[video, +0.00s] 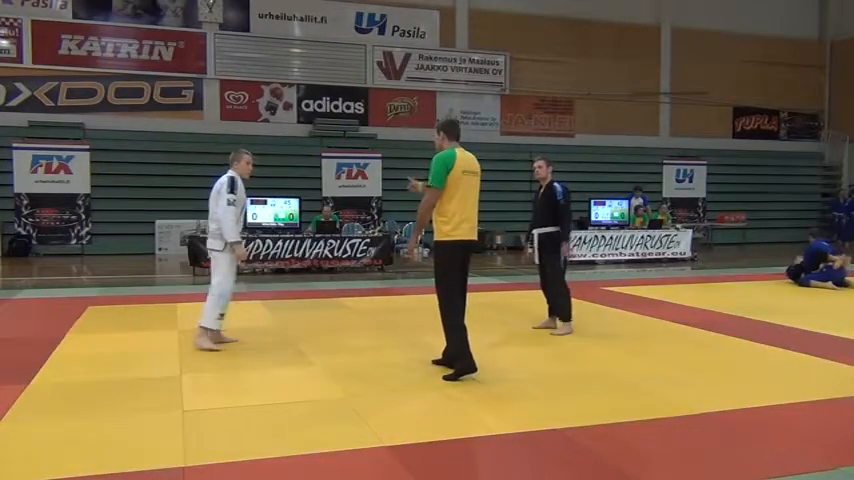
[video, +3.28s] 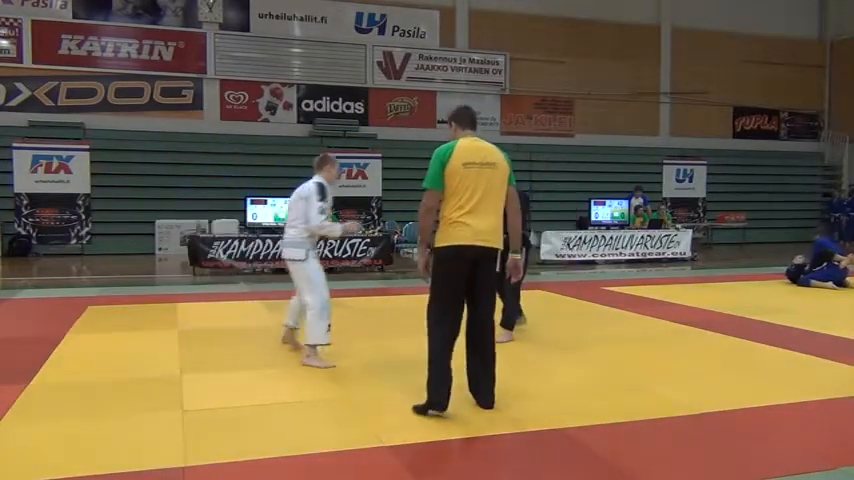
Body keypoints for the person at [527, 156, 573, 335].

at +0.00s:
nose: (536, 171)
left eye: (539, 167)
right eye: (535, 169)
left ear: (549, 169)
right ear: (535, 172)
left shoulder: (558, 189)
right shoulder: (538, 192)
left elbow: (565, 216)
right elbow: (535, 219)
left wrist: (565, 240)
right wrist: (529, 242)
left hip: (554, 239)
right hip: (540, 240)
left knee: (557, 280)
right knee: (545, 279)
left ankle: (566, 321)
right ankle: (551, 317)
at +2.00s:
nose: (547, 172)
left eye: (550, 168)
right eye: (547, 169)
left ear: (561, 169)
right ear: (554, 171)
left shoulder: (572, 192)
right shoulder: (553, 192)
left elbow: (577, 221)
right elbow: (551, 219)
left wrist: (563, 238)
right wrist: (538, 232)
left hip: (567, 243)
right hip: (551, 242)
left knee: (569, 284)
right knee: (540, 283)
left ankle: (570, 324)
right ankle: (543, 318)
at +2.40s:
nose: (526, 176)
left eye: (528, 172)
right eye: (525, 173)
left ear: (539, 171)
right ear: (530, 174)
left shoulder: (554, 189)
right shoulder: (534, 193)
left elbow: (563, 218)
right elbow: (532, 220)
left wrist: (544, 222)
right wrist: (517, 230)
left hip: (557, 243)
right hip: (541, 243)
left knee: (564, 282)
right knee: (535, 282)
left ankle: (569, 323)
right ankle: (527, 319)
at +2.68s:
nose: (506, 179)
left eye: (508, 175)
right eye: (505, 176)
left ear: (518, 173)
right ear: (515, 175)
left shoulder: (534, 190)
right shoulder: (517, 193)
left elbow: (538, 216)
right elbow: (513, 219)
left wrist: (535, 238)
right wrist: (500, 241)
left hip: (541, 238)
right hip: (525, 239)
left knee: (543, 281)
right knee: (523, 282)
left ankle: (560, 317)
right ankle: (524, 320)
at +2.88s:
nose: (502, 180)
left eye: (503, 176)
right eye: (501, 177)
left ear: (510, 173)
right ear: (507, 174)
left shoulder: (526, 189)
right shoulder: (509, 194)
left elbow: (534, 215)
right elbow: (510, 219)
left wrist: (530, 239)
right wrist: (504, 240)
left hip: (530, 237)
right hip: (516, 238)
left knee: (531, 280)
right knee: (518, 280)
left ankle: (542, 321)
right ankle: (523, 319)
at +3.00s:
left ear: (508, 176)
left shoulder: (523, 191)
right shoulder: (502, 194)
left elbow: (530, 219)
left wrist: (523, 242)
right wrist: (505, 242)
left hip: (528, 240)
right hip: (513, 240)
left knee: (526, 281)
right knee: (514, 282)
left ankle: (523, 322)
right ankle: (521, 318)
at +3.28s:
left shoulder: (519, 196)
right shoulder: (495, 195)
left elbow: (521, 221)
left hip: (517, 240)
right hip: (500, 239)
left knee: (512, 283)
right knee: (498, 280)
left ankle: (507, 327)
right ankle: (517, 312)